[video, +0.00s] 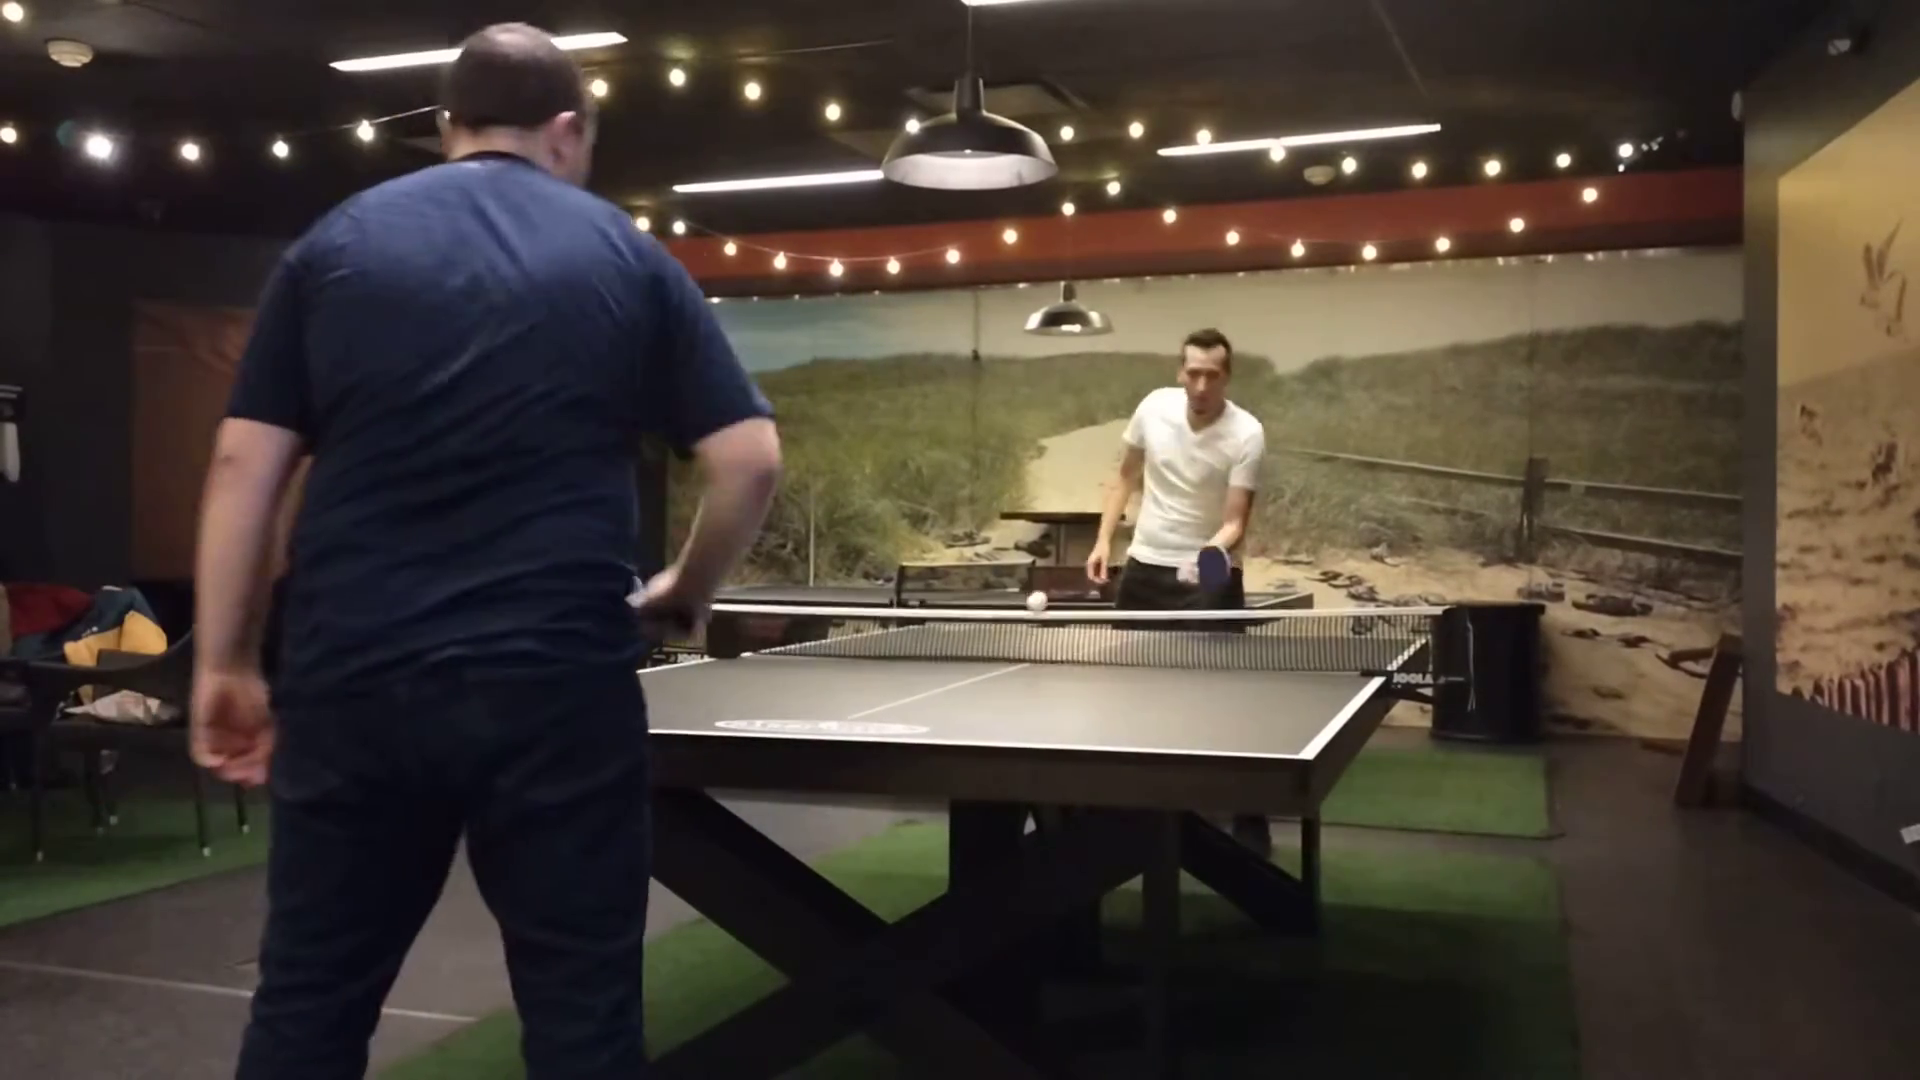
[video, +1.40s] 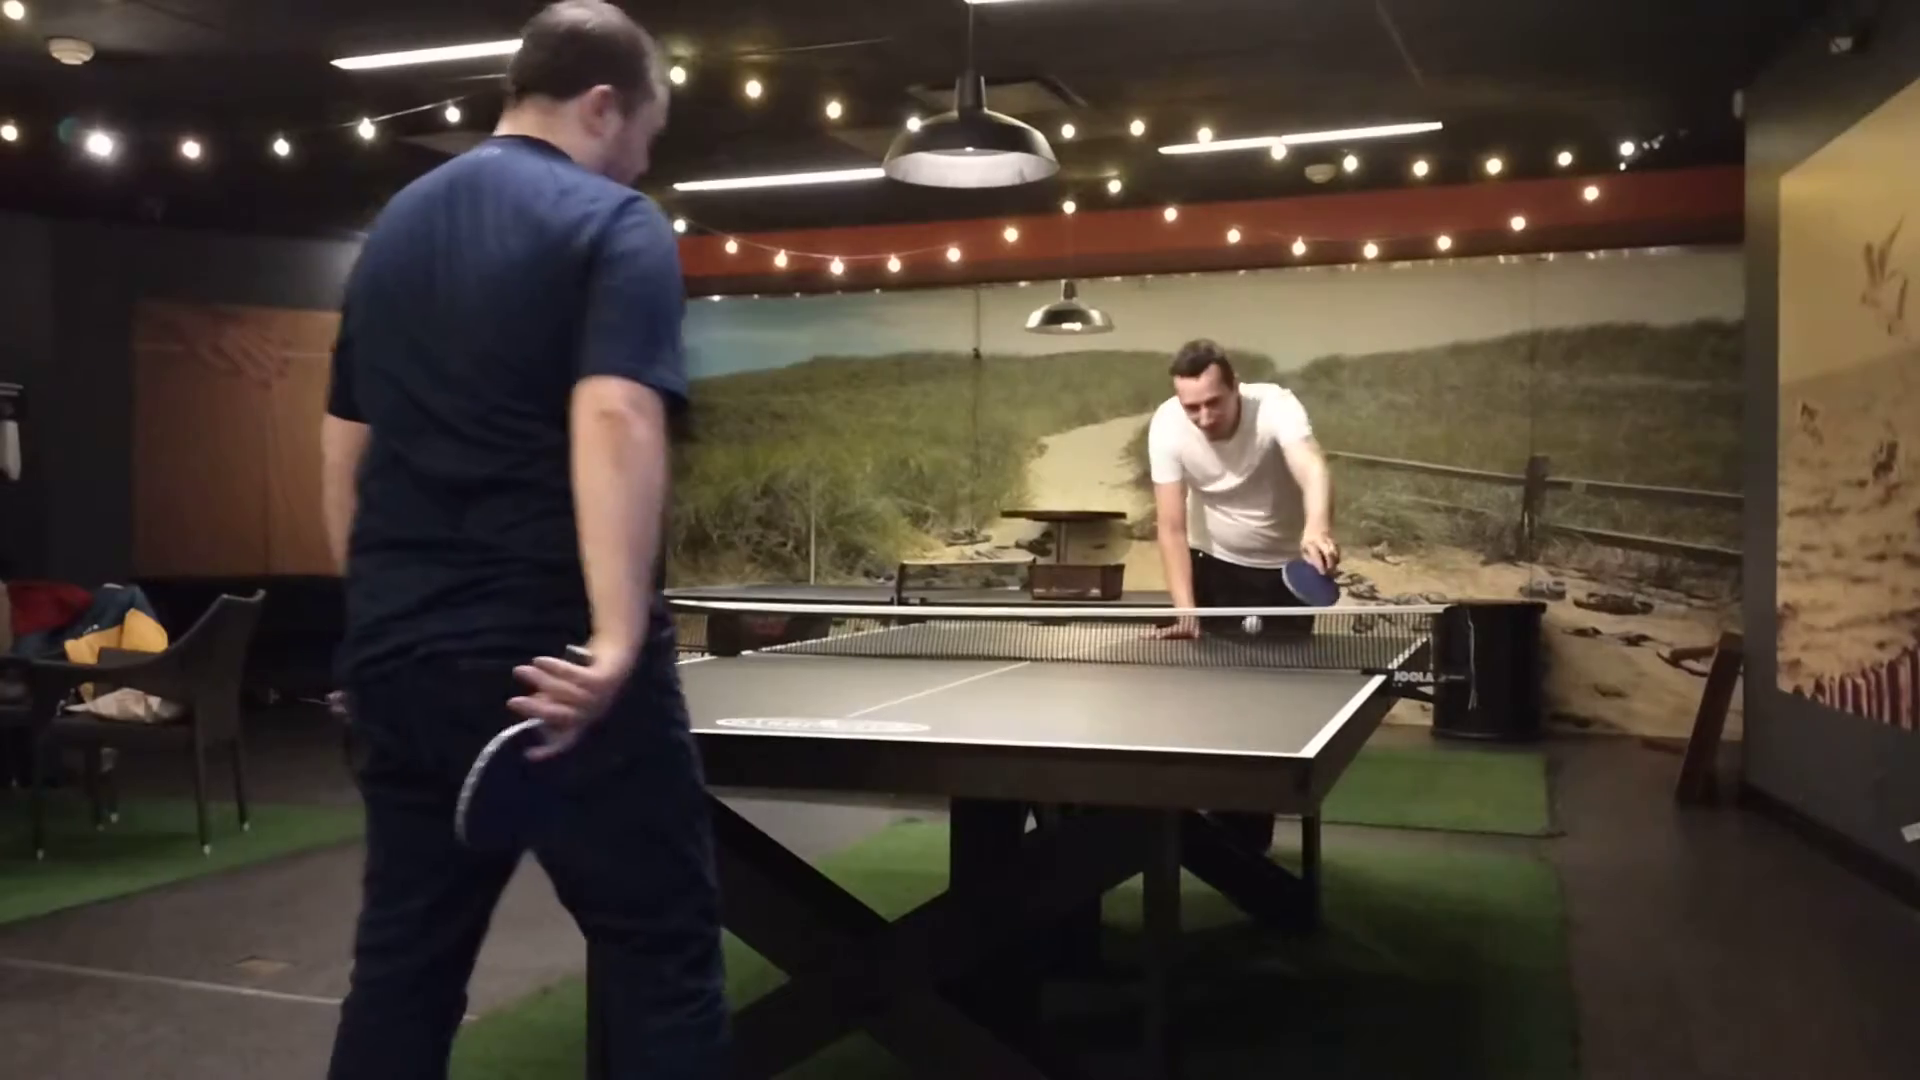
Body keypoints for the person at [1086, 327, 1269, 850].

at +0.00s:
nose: (1201, 386)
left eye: (1211, 376)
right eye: (1193, 374)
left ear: (1228, 377)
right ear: (1180, 372)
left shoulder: (1245, 434)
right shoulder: (1155, 406)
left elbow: (1236, 520)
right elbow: (1125, 479)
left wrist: (1214, 551)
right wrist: (1103, 543)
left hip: (1208, 582)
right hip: (1145, 575)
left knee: (1223, 693)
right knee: (1126, 684)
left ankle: (1246, 825)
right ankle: (1117, 812)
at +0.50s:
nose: (1256, 369)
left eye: (1269, 360)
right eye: (1250, 356)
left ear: (1288, 362)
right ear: (1237, 352)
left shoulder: (1307, 422)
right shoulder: (1205, 390)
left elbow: (1310, 517)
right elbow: (1175, 460)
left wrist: (1264, 582)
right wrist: (1156, 532)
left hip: (1252, 574)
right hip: (1180, 563)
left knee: (1248, 704)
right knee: (1164, 691)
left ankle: (1252, 837)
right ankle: (1159, 823)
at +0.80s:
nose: (1257, 355)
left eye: (1268, 343)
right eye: (1247, 343)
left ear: (1285, 345)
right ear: (1232, 344)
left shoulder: (1312, 403)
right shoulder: (1200, 398)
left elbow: (1330, 489)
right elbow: (1150, 475)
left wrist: (1340, 557)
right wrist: (1156, 552)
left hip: (1277, 565)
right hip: (1209, 561)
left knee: (1267, 697)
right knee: (1215, 693)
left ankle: (1251, 830)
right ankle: (1210, 827)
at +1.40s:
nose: (1205, 416)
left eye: (1214, 403)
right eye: (1192, 407)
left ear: (1236, 387)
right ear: (1179, 397)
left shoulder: (1275, 406)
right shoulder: (1168, 427)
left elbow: (1312, 469)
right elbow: (1171, 527)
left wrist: (1316, 528)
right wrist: (1186, 611)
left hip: (1283, 571)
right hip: (1216, 568)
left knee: (1276, 701)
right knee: (1209, 694)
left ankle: (1250, 842)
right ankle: (1209, 829)